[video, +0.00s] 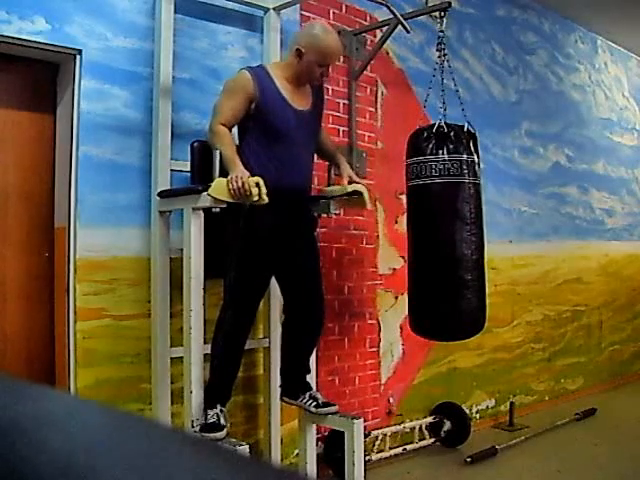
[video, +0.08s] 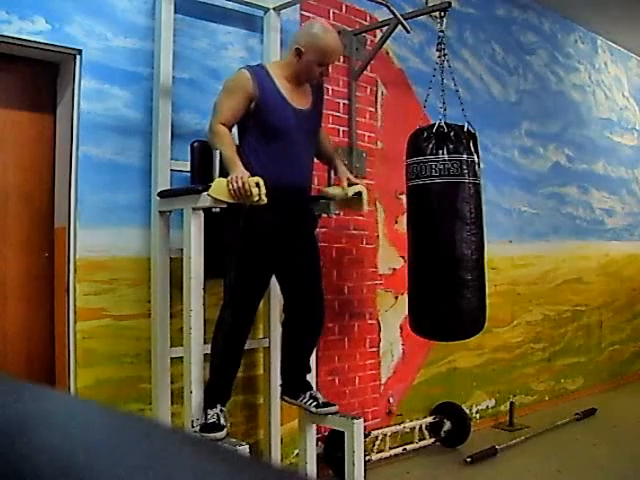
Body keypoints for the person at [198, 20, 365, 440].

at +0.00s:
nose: (325, 74)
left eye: (330, 67)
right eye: (323, 66)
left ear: (317, 60)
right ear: (300, 54)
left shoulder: (312, 91)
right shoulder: (251, 82)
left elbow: (311, 134)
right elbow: (219, 127)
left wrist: (341, 161)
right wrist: (236, 167)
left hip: (296, 216)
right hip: (254, 216)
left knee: (307, 307)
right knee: (238, 311)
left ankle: (295, 387)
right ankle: (213, 409)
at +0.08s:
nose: (326, 74)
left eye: (330, 66)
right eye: (323, 65)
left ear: (315, 60)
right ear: (299, 54)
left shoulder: (311, 90)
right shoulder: (251, 81)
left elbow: (310, 134)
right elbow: (219, 127)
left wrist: (338, 163)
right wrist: (236, 168)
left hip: (296, 215)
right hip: (254, 215)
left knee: (308, 306)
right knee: (238, 310)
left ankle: (295, 385)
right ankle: (214, 407)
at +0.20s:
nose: (325, 74)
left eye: (329, 66)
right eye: (322, 65)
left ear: (315, 59)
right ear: (299, 53)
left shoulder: (312, 88)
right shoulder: (250, 79)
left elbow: (311, 134)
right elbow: (218, 125)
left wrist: (334, 168)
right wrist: (236, 168)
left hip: (297, 213)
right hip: (254, 213)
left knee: (308, 307)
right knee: (238, 310)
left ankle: (297, 385)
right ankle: (214, 407)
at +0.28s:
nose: (325, 73)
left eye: (329, 65)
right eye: (322, 64)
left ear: (316, 57)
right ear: (299, 52)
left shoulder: (313, 87)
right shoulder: (250, 78)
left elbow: (311, 132)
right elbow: (219, 124)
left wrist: (333, 168)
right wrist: (236, 167)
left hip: (297, 213)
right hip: (255, 213)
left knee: (309, 306)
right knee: (238, 310)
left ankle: (297, 384)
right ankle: (214, 405)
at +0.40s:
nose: (326, 71)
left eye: (330, 64)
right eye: (323, 63)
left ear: (318, 57)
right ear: (300, 51)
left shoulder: (315, 87)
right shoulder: (251, 77)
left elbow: (312, 132)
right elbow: (220, 123)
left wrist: (334, 168)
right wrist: (236, 167)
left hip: (297, 212)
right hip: (255, 211)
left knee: (309, 305)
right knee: (237, 310)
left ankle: (297, 382)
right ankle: (214, 406)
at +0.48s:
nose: (325, 71)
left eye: (329, 64)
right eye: (322, 62)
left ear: (325, 56)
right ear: (300, 48)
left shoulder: (317, 86)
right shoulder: (251, 77)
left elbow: (312, 132)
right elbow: (220, 122)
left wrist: (336, 169)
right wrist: (236, 166)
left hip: (298, 211)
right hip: (255, 210)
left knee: (309, 305)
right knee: (237, 309)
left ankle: (297, 383)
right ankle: (213, 406)